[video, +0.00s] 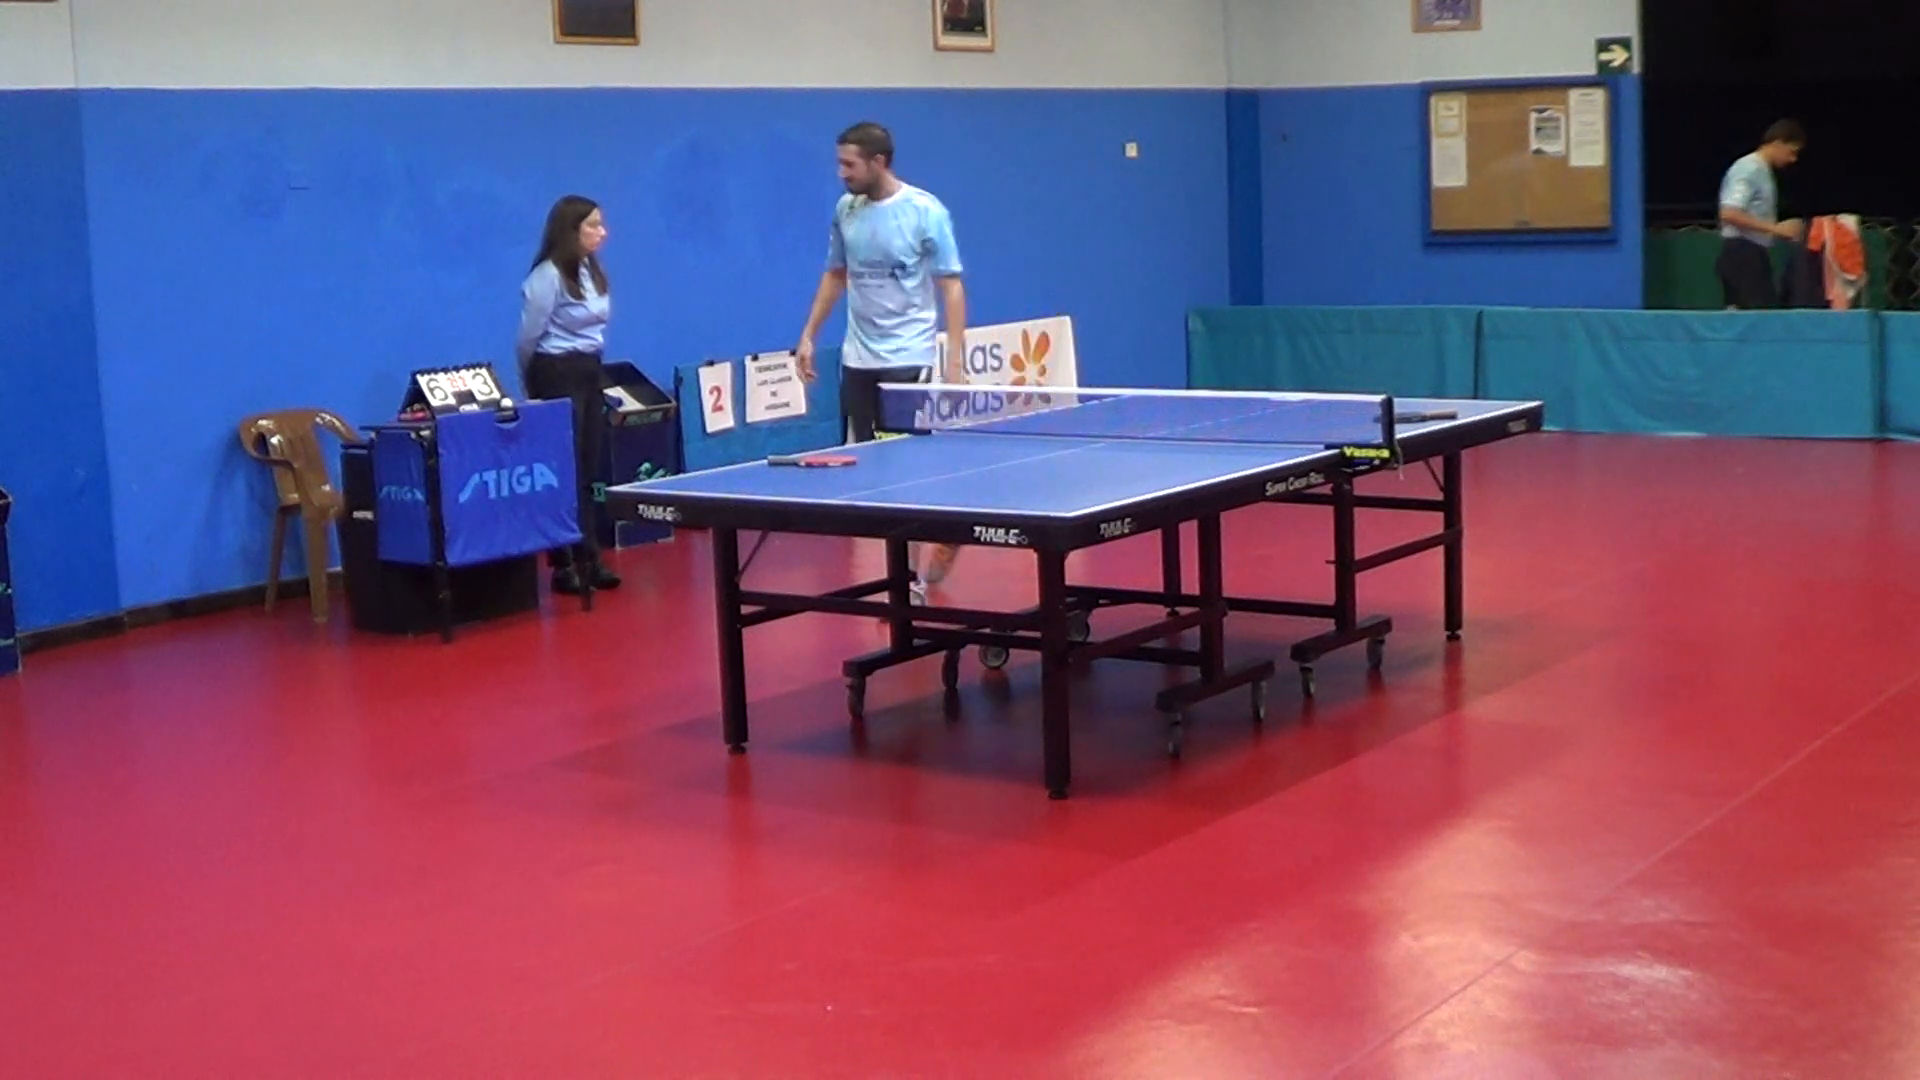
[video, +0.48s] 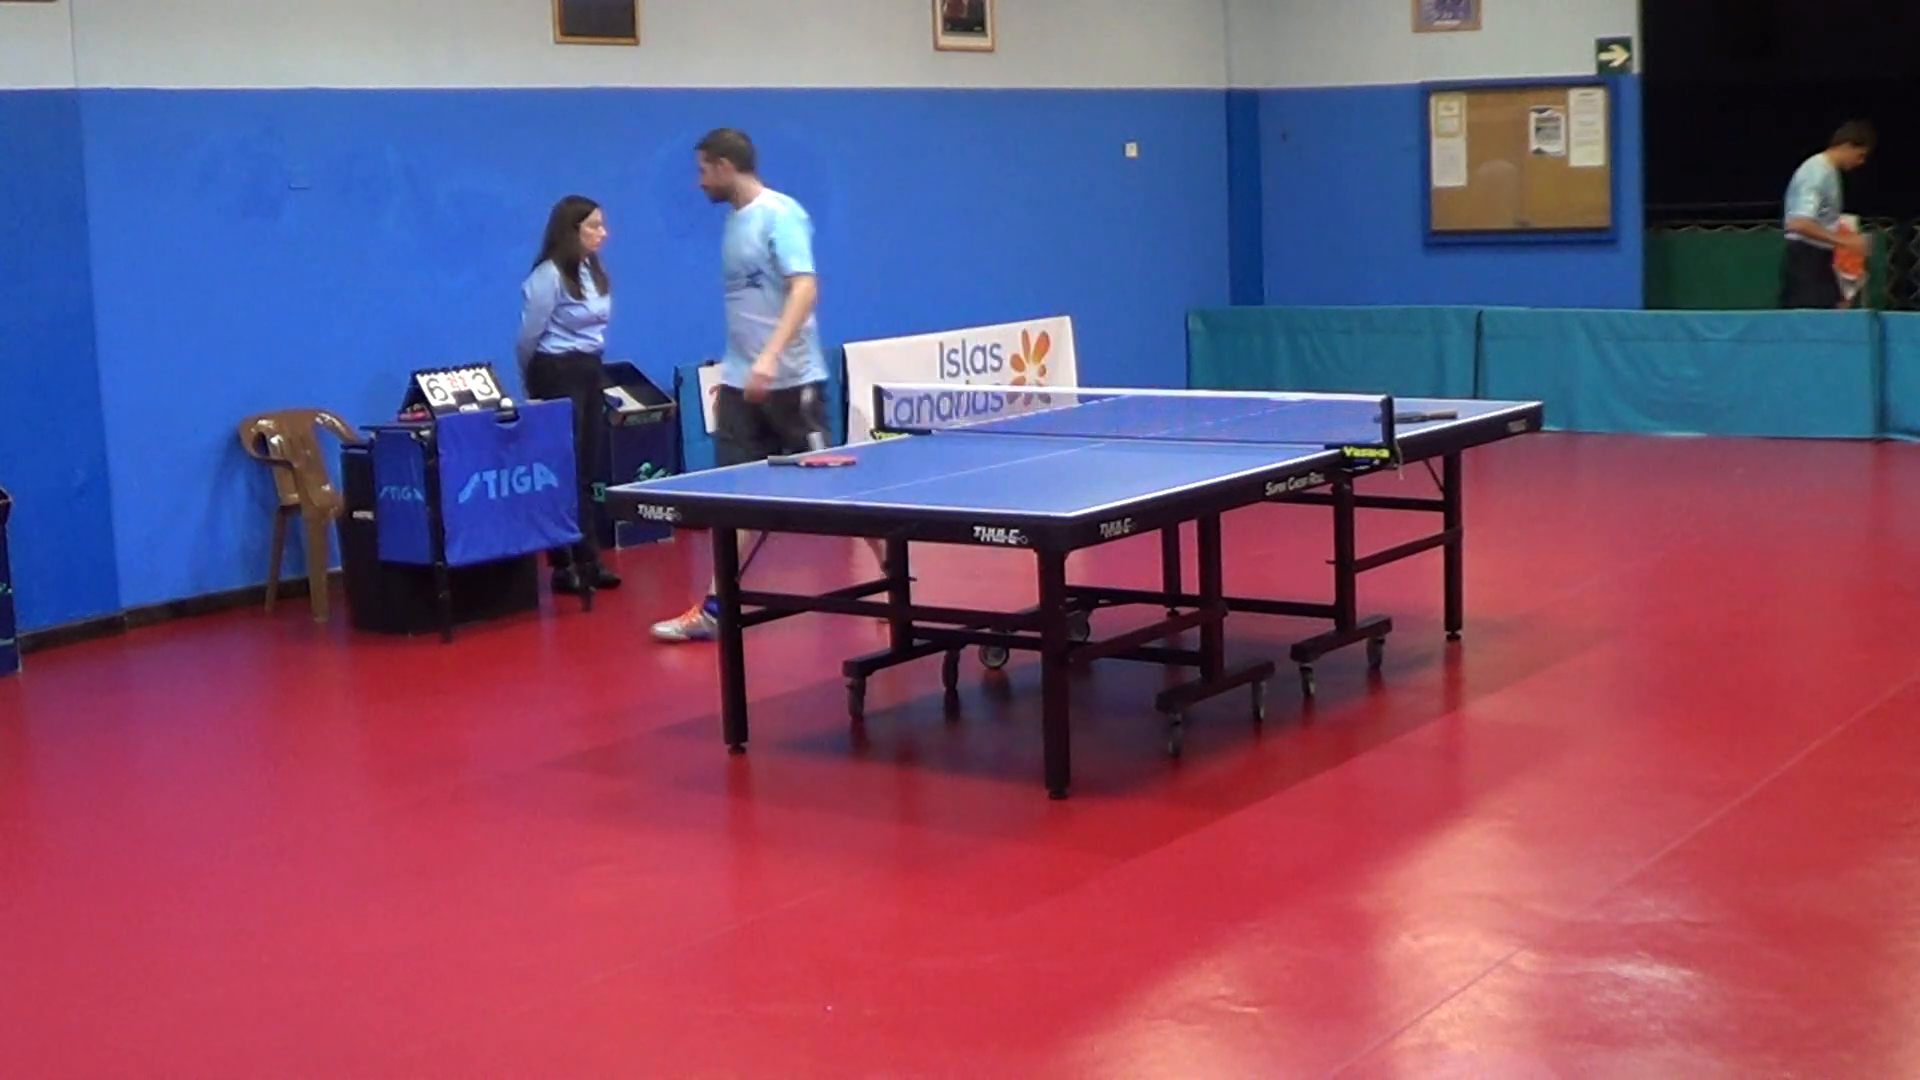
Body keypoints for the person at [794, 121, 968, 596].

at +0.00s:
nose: (843, 173)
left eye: (849, 164)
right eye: (841, 165)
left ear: (880, 162)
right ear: (852, 165)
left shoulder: (926, 211)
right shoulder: (846, 209)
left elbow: (951, 286)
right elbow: (835, 274)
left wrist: (955, 363)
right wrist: (808, 336)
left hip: (912, 362)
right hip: (859, 362)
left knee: (919, 463)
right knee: (867, 467)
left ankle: (947, 542)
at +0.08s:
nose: (823, 169)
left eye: (829, 160)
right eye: (821, 160)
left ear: (859, 157)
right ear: (842, 159)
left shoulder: (909, 207)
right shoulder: (833, 206)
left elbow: (934, 286)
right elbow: (828, 272)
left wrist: (927, 362)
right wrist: (806, 333)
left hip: (902, 365)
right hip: (845, 363)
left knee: (915, 471)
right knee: (837, 465)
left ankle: (912, 576)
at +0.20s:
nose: (790, 169)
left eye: (796, 159)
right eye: (788, 159)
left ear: (823, 155)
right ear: (814, 157)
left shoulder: (879, 205)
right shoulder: (812, 205)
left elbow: (902, 284)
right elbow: (819, 279)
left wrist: (878, 362)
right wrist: (801, 336)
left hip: (870, 367)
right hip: (818, 363)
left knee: (878, 471)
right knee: (787, 455)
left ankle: (905, 577)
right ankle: (851, 558)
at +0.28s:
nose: (766, 172)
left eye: (771, 162)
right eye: (766, 162)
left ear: (796, 159)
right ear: (794, 160)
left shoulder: (856, 208)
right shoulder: (793, 211)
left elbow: (875, 288)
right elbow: (812, 288)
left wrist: (843, 360)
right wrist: (804, 349)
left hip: (854, 368)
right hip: (803, 364)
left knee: (877, 473)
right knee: (776, 462)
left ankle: (903, 581)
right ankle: (787, 585)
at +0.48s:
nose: (699, 179)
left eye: (703, 169)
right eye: (699, 170)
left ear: (726, 167)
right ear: (727, 168)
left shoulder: (781, 214)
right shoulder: (735, 221)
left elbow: (805, 289)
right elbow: (749, 306)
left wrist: (769, 357)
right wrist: (730, 375)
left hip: (793, 385)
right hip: (742, 386)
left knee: (833, 491)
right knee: (731, 500)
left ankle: (893, 578)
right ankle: (719, 607)